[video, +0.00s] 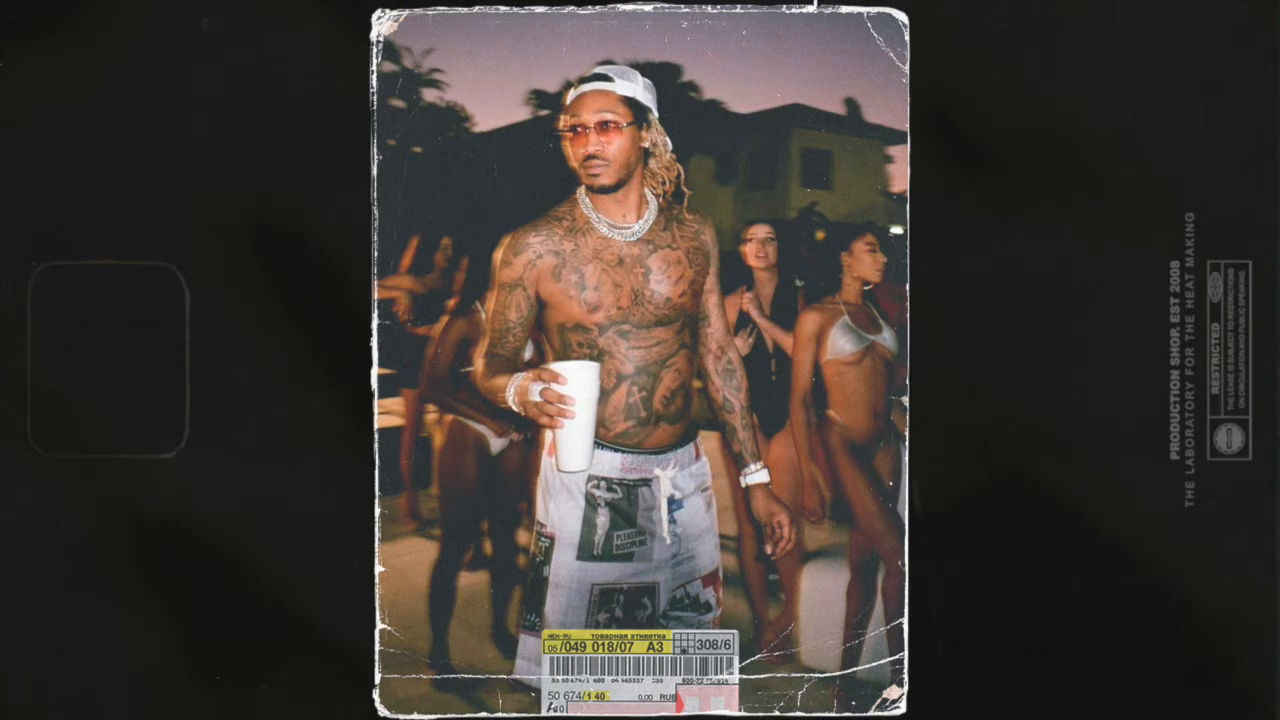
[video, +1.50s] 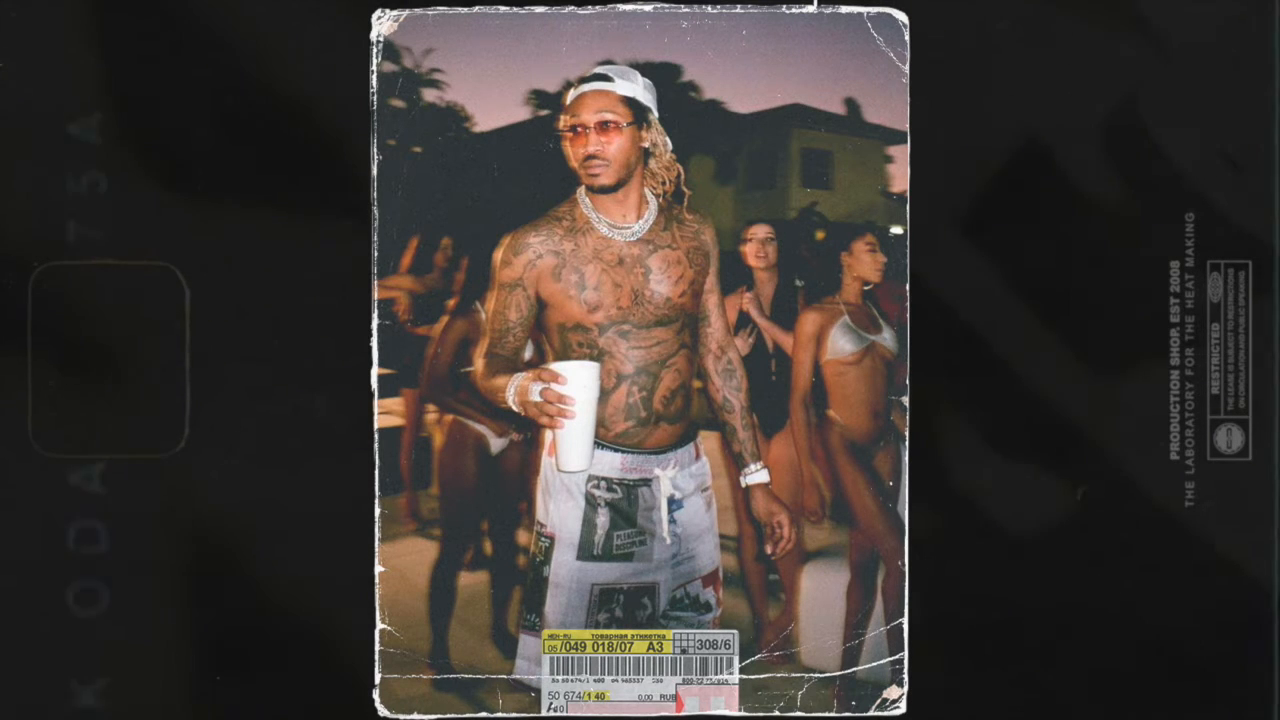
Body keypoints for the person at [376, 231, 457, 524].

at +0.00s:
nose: (446, 255)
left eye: (451, 250)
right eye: (442, 249)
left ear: (455, 255)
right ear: (431, 252)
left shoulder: (454, 283)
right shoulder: (414, 283)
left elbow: (459, 315)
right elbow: (401, 321)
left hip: (444, 354)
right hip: (416, 352)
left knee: (449, 426)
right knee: (413, 427)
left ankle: (450, 499)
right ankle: (410, 500)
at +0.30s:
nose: (446, 254)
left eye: (451, 250)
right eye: (442, 248)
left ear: (455, 255)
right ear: (431, 252)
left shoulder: (454, 282)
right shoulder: (414, 283)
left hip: (445, 353)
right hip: (416, 350)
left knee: (449, 426)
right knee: (413, 428)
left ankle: (451, 499)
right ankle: (410, 501)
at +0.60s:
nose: (446, 254)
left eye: (451, 250)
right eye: (442, 248)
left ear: (455, 255)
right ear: (430, 252)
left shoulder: (454, 282)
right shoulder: (414, 282)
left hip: (445, 352)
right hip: (416, 349)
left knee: (449, 426)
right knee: (413, 427)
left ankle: (451, 499)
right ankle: (410, 500)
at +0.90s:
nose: (446, 254)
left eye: (451, 250)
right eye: (442, 248)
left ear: (455, 255)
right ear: (431, 252)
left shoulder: (454, 282)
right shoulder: (414, 282)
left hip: (445, 352)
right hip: (416, 349)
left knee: (449, 426)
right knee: (413, 427)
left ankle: (451, 498)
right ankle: (410, 500)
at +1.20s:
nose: (446, 255)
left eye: (451, 250)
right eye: (442, 249)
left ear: (455, 255)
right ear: (430, 252)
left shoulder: (454, 283)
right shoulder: (415, 282)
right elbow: (380, 287)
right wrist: (403, 293)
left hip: (444, 353)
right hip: (415, 350)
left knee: (449, 426)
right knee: (413, 428)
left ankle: (450, 498)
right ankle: (410, 500)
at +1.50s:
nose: (446, 255)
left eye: (450, 250)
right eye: (442, 249)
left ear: (454, 255)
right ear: (430, 252)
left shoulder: (454, 282)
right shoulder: (415, 282)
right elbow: (379, 287)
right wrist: (403, 293)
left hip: (445, 353)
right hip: (416, 350)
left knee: (450, 427)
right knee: (413, 428)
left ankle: (451, 499)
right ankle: (410, 503)